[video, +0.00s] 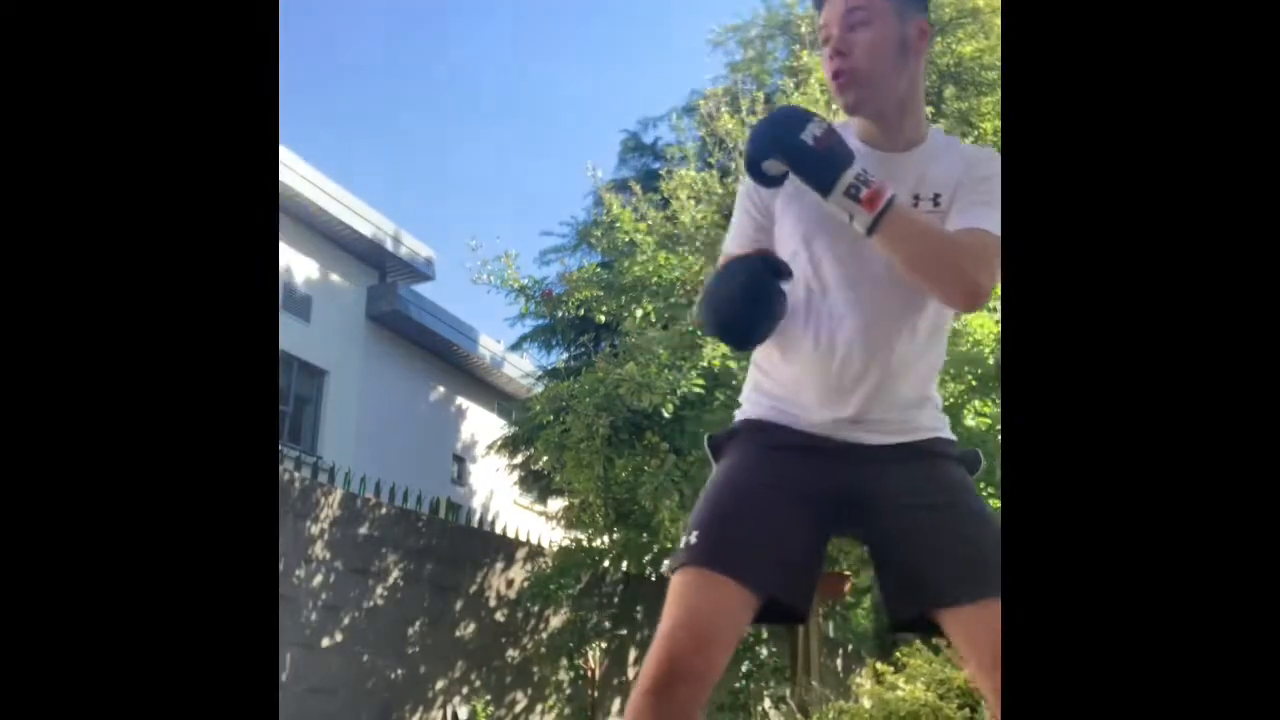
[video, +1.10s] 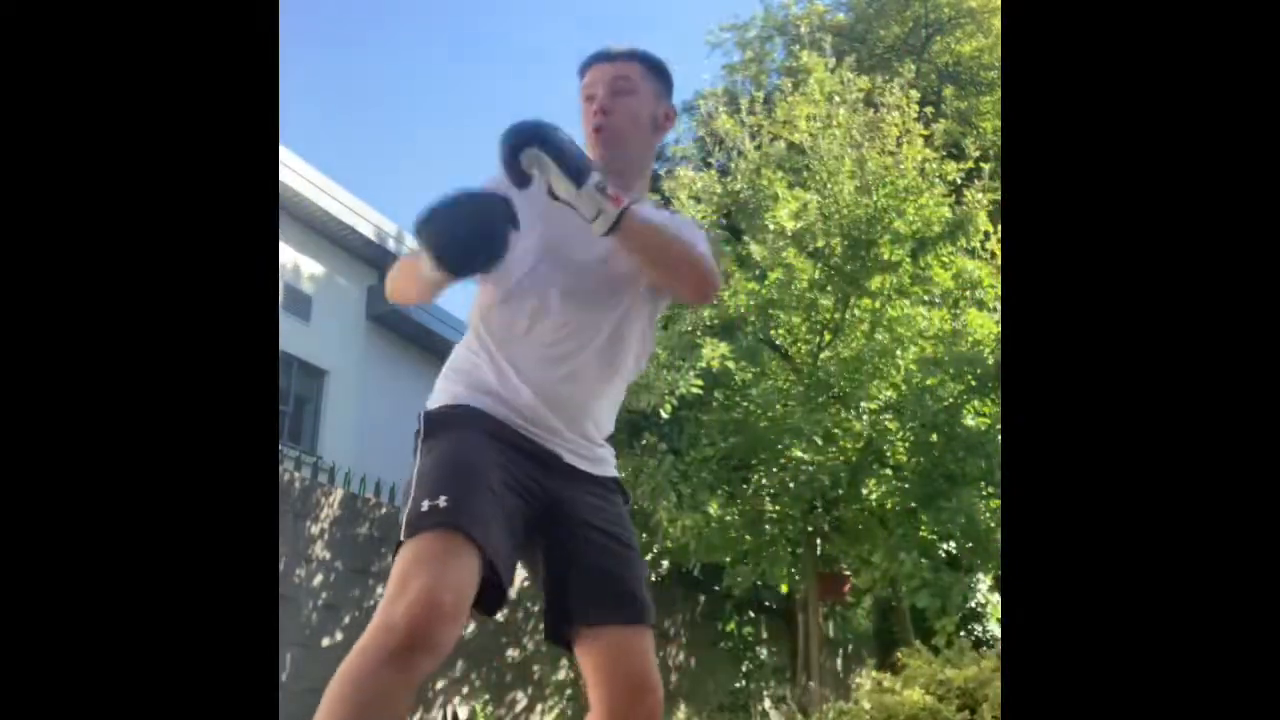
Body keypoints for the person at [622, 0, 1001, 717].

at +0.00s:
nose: (833, 50)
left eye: (856, 26)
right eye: (826, 38)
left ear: (919, 36)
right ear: (819, 58)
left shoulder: (976, 170)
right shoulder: (783, 158)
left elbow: (969, 283)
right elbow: (735, 284)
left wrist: (850, 189)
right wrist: (736, 303)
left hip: (910, 441)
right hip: (777, 433)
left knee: (1003, 669)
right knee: (672, 672)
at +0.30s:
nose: (787, 54)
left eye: (813, 32)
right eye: (780, 41)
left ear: (874, 51)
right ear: (771, 63)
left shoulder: (922, 165)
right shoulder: (737, 176)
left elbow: (972, 230)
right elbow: (646, 312)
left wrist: (814, 155)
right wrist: (639, 239)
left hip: (884, 455)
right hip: (747, 442)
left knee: (995, 677)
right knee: (624, 632)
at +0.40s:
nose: (698, 25)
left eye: (722, 6)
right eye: (692, 13)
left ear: (784, 21)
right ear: (689, 37)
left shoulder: (845, 142)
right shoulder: (664, 134)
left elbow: (964, 162)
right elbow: (500, 177)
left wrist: (868, 73)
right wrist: (470, 59)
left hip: (828, 451)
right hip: (692, 440)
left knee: (937, 685)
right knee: (591, 653)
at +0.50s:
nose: (632, 17)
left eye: (655, 0)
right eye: (627, 7)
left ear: (721, 17)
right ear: (621, 29)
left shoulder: (772, 144)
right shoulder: (599, 121)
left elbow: (900, 139)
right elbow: (438, 133)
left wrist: (819, 40)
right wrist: (416, 17)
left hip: (747, 441)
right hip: (624, 427)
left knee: (868, 677)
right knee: (558, 641)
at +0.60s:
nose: (644, 20)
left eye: (667, 7)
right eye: (624, 9)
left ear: (705, 19)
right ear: (605, 24)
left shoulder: (737, 142)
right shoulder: (576, 117)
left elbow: (825, 206)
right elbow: (439, 228)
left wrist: (721, 103)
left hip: (695, 431)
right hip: (577, 408)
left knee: (794, 679)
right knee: (510, 636)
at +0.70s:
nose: (618, 38)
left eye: (639, 19)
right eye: (609, 28)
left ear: (696, 34)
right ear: (600, 48)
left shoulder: (731, 167)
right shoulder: (565, 138)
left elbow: (761, 264)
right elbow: (463, 273)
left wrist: (644, 165)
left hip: (659, 434)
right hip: (551, 401)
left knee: (709, 690)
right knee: (508, 637)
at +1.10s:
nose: (598, 105)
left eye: (622, 92)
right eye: (589, 97)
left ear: (666, 119)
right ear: (577, 119)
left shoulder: (673, 227)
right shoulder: (526, 187)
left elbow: (701, 285)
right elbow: (397, 290)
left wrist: (593, 197)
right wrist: (438, 259)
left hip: (587, 459)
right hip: (484, 416)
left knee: (634, 697)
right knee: (421, 617)